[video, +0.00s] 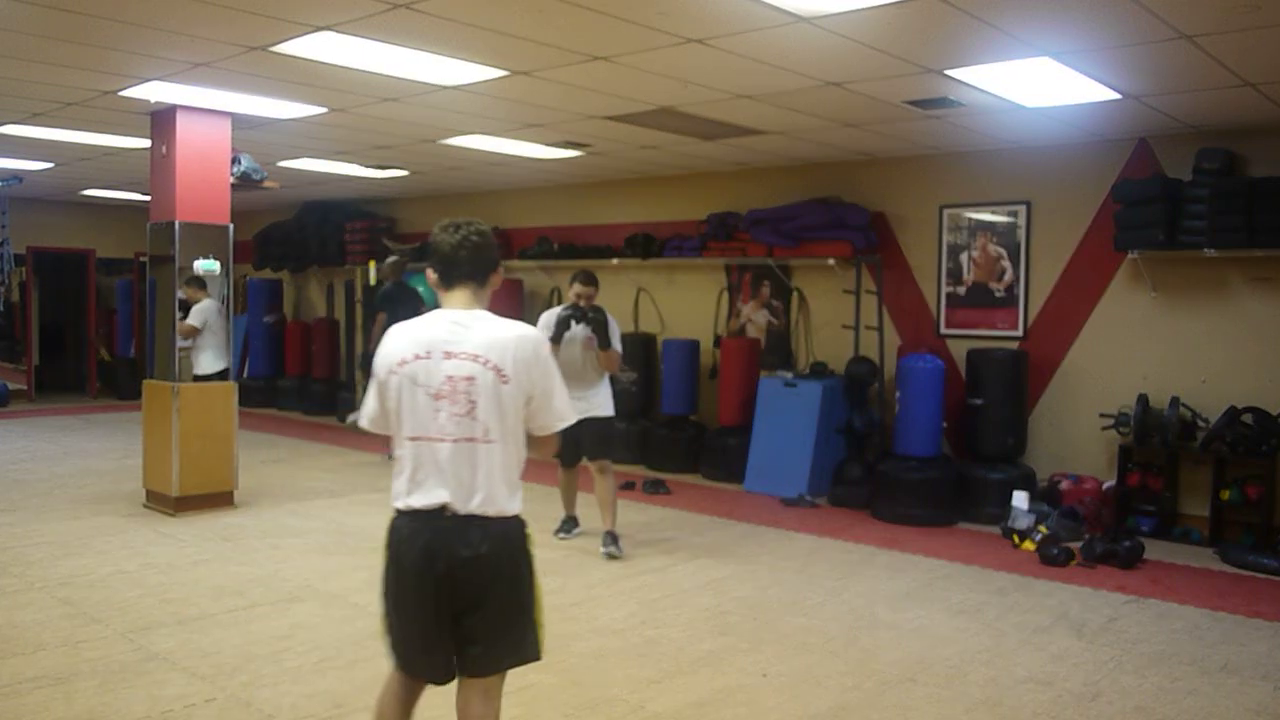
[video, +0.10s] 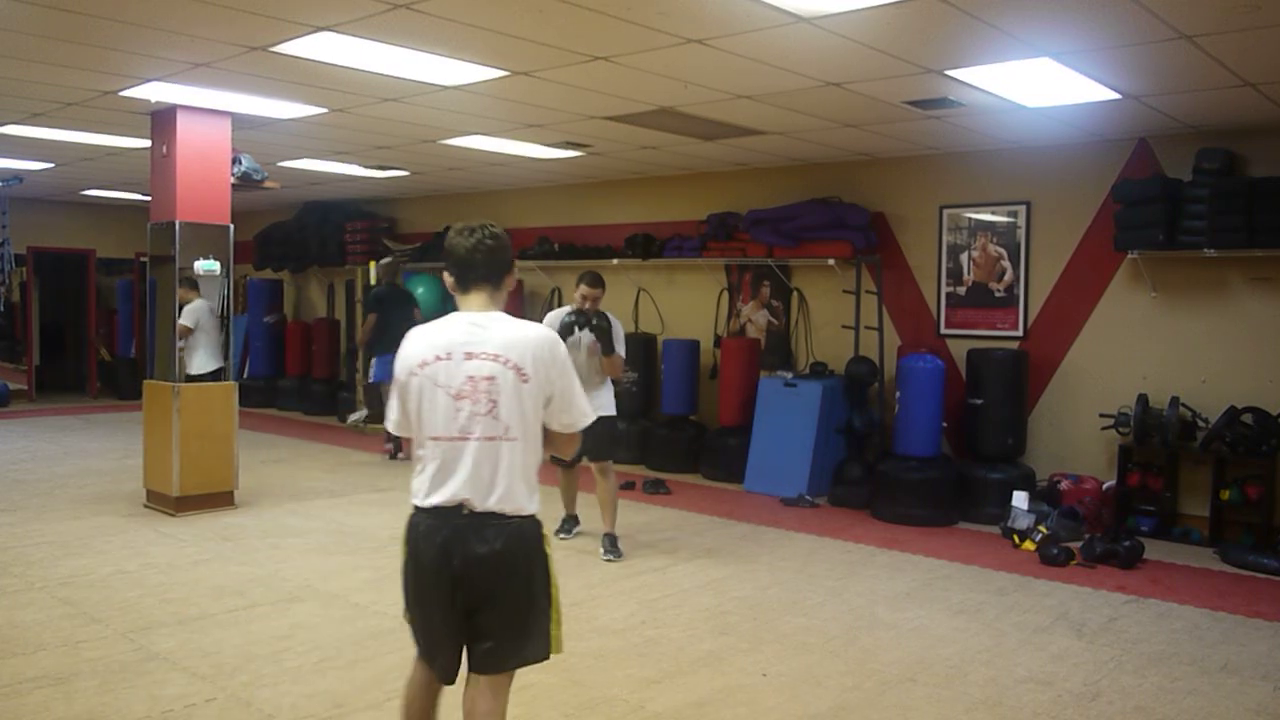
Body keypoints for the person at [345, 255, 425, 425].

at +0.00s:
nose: (380, 271)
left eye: (383, 267)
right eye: (382, 267)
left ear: (390, 270)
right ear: (400, 271)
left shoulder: (386, 292)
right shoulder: (412, 291)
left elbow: (381, 320)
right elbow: (423, 313)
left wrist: (372, 346)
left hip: (389, 343)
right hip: (409, 342)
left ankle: (366, 410)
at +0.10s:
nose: (377, 275)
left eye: (378, 272)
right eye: (379, 271)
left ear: (381, 273)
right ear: (397, 273)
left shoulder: (377, 294)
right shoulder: (407, 294)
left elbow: (371, 321)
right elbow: (418, 318)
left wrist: (361, 339)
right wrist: (415, 337)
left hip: (384, 350)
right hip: (407, 349)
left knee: (388, 395)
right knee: (404, 393)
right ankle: (397, 437)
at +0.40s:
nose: (358, 273)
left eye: (360, 270)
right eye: (361, 269)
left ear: (362, 274)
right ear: (378, 274)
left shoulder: (357, 295)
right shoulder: (386, 295)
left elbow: (351, 320)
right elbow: (396, 322)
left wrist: (343, 340)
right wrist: (398, 346)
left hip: (361, 350)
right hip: (381, 349)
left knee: (354, 392)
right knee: (372, 392)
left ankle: (373, 421)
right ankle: (365, 436)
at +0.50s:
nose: (352, 273)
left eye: (354, 271)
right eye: (356, 270)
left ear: (355, 273)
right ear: (371, 274)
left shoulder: (349, 294)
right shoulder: (380, 294)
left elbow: (345, 321)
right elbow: (389, 321)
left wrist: (338, 345)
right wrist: (390, 345)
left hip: (353, 348)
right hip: (375, 347)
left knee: (342, 389)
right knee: (366, 391)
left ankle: (353, 413)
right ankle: (364, 436)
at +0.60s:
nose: (345, 274)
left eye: (346, 271)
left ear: (347, 274)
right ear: (364, 274)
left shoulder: (342, 293)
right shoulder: (373, 293)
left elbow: (340, 320)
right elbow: (381, 318)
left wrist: (333, 345)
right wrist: (379, 343)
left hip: (346, 346)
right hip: (367, 346)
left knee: (332, 386)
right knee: (363, 391)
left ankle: (339, 424)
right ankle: (364, 437)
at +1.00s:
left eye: (315, 273)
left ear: (315, 274)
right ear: (331, 274)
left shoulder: (310, 293)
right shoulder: (341, 292)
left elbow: (306, 319)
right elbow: (350, 316)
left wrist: (300, 340)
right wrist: (348, 335)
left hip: (317, 346)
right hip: (337, 344)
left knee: (315, 389)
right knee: (330, 385)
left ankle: (318, 433)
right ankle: (340, 414)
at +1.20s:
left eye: (305, 275)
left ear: (305, 276)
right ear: (319, 277)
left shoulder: (299, 293)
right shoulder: (327, 294)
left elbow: (293, 318)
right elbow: (338, 317)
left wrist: (283, 336)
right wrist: (341, 338)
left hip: (306, 345)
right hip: (324, 344)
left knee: (310, 386)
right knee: (313, 385)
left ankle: (317, 431)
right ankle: (313, 422)